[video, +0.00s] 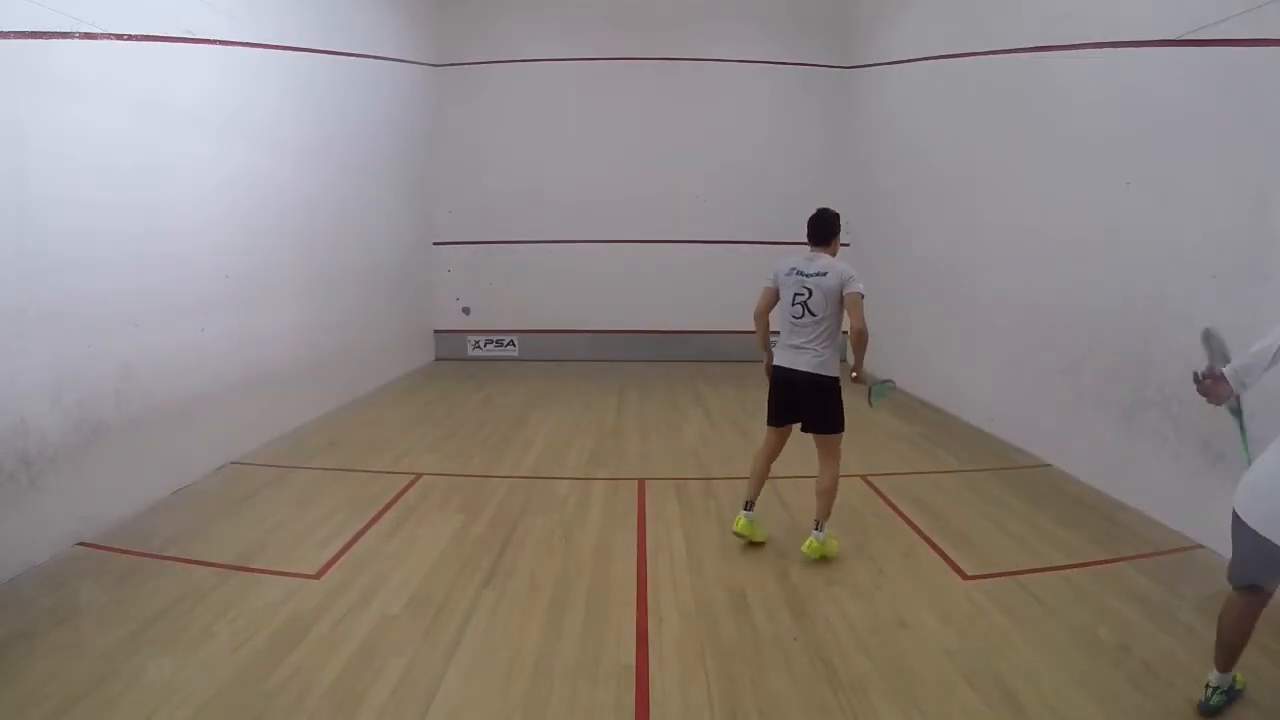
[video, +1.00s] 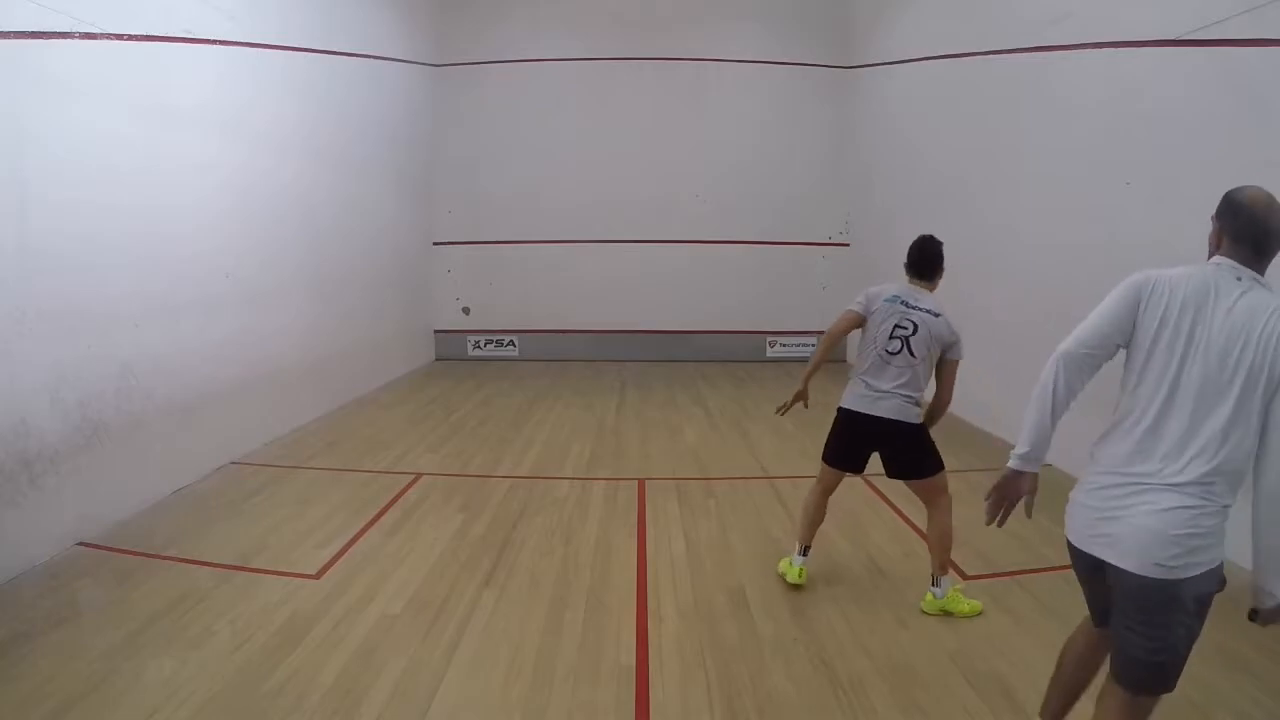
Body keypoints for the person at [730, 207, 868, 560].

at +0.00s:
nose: (841, 241)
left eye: (837, 235)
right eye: (841, 236)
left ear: (808, 236)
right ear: (837, 238)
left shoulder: (787, 268)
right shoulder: (844, 272)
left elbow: (760, 312)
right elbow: (857, 328)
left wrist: (767, 354)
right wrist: (858, 368)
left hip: (783, 374)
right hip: (821, 380)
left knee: (771, 442)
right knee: (829, 458)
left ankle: (745, 514)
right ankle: (818, 535)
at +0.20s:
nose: (867, 266)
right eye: (867, 261)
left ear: (834, 261)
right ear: (865, 265)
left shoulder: (809, 295)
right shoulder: (867, 306)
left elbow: (781, 341)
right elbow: (879, 367)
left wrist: (783, 387)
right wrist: (887, 410)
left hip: (801, 407)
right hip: (842, 415)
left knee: (774, 473)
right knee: (877, 487)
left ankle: (740, 536)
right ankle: (878, 572)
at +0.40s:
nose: (925, 263)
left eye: (920, 256)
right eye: (926, 258)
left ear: (891, 253)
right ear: (922, 260)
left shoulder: (861, 286)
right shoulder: (913, 300)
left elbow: (828, 335)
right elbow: (915, 369)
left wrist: (822, 385)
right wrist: (929, 425)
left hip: (845, 405)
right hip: (886, 413)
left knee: (821, 475)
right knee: (927, 485)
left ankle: (777, 538)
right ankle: (901, 567)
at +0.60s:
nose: (983, 309)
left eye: (984, 301)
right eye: (984, 301)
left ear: (952, 292)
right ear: (975, 298)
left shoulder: (914, 317)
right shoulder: (957, 340)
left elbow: (861, 358)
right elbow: (962, 419)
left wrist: (839, 397)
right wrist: (993, 468)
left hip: (872, 432)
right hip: (912, 442)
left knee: (842, 498)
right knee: (972, 508)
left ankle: (783, 553)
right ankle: (942, 591)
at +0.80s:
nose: (989, 316)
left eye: (993, 309)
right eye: (992, 307)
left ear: (959, 293)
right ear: (982, 300)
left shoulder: (915, 308)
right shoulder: (972, 340)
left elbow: (863, 342)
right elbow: (982, 416)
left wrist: (841, 390)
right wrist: (985, 463)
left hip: (869, 419)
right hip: (914, 433)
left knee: (837, 487)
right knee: (962, 505)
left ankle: (792, 553)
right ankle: (940, 592)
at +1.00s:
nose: (933, 275)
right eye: (939, 271)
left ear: (906, 268)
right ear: (940, 275)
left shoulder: (877, 296)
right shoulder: (945, 327)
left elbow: (833, 333)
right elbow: (943, 400)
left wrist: (804, 381)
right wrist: (920, 430)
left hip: (853, 415)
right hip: (902, 427)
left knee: (823, 486)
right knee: (938, 500)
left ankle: (798, 561)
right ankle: (939, 590)